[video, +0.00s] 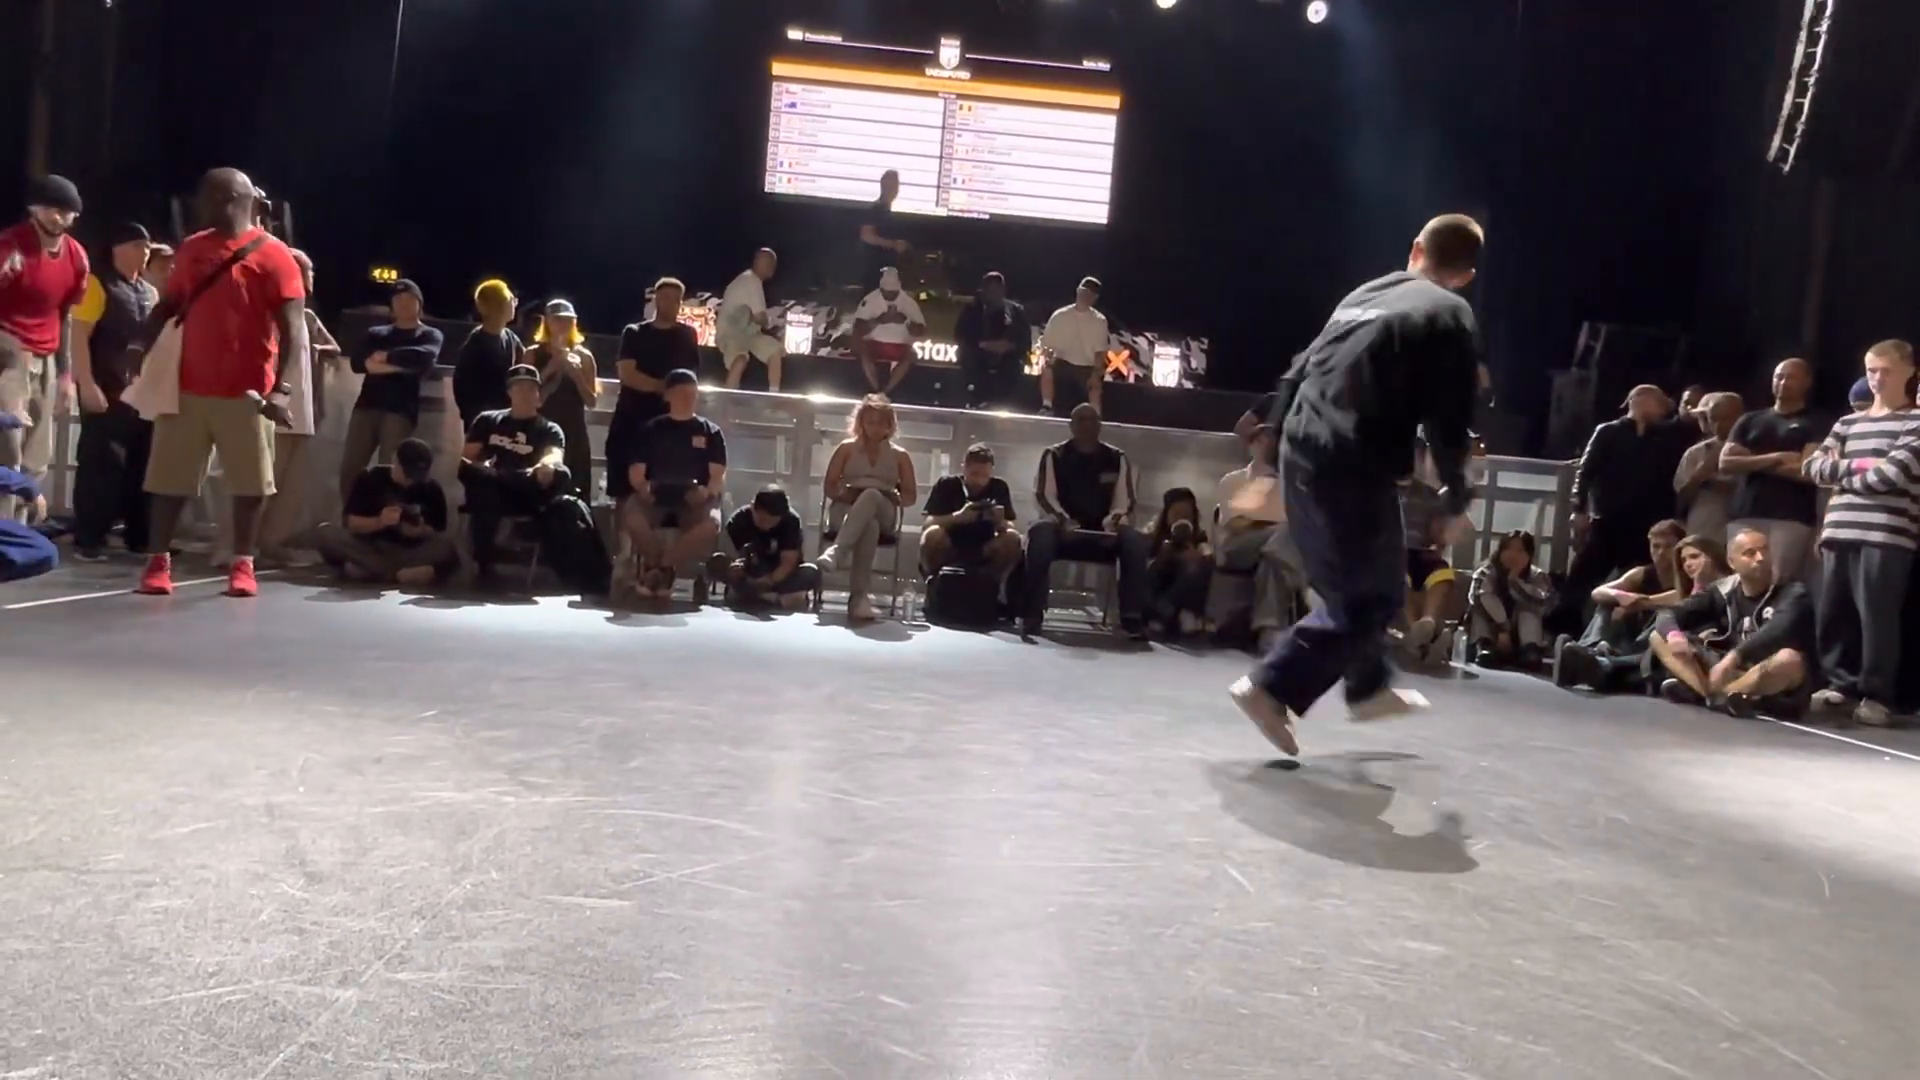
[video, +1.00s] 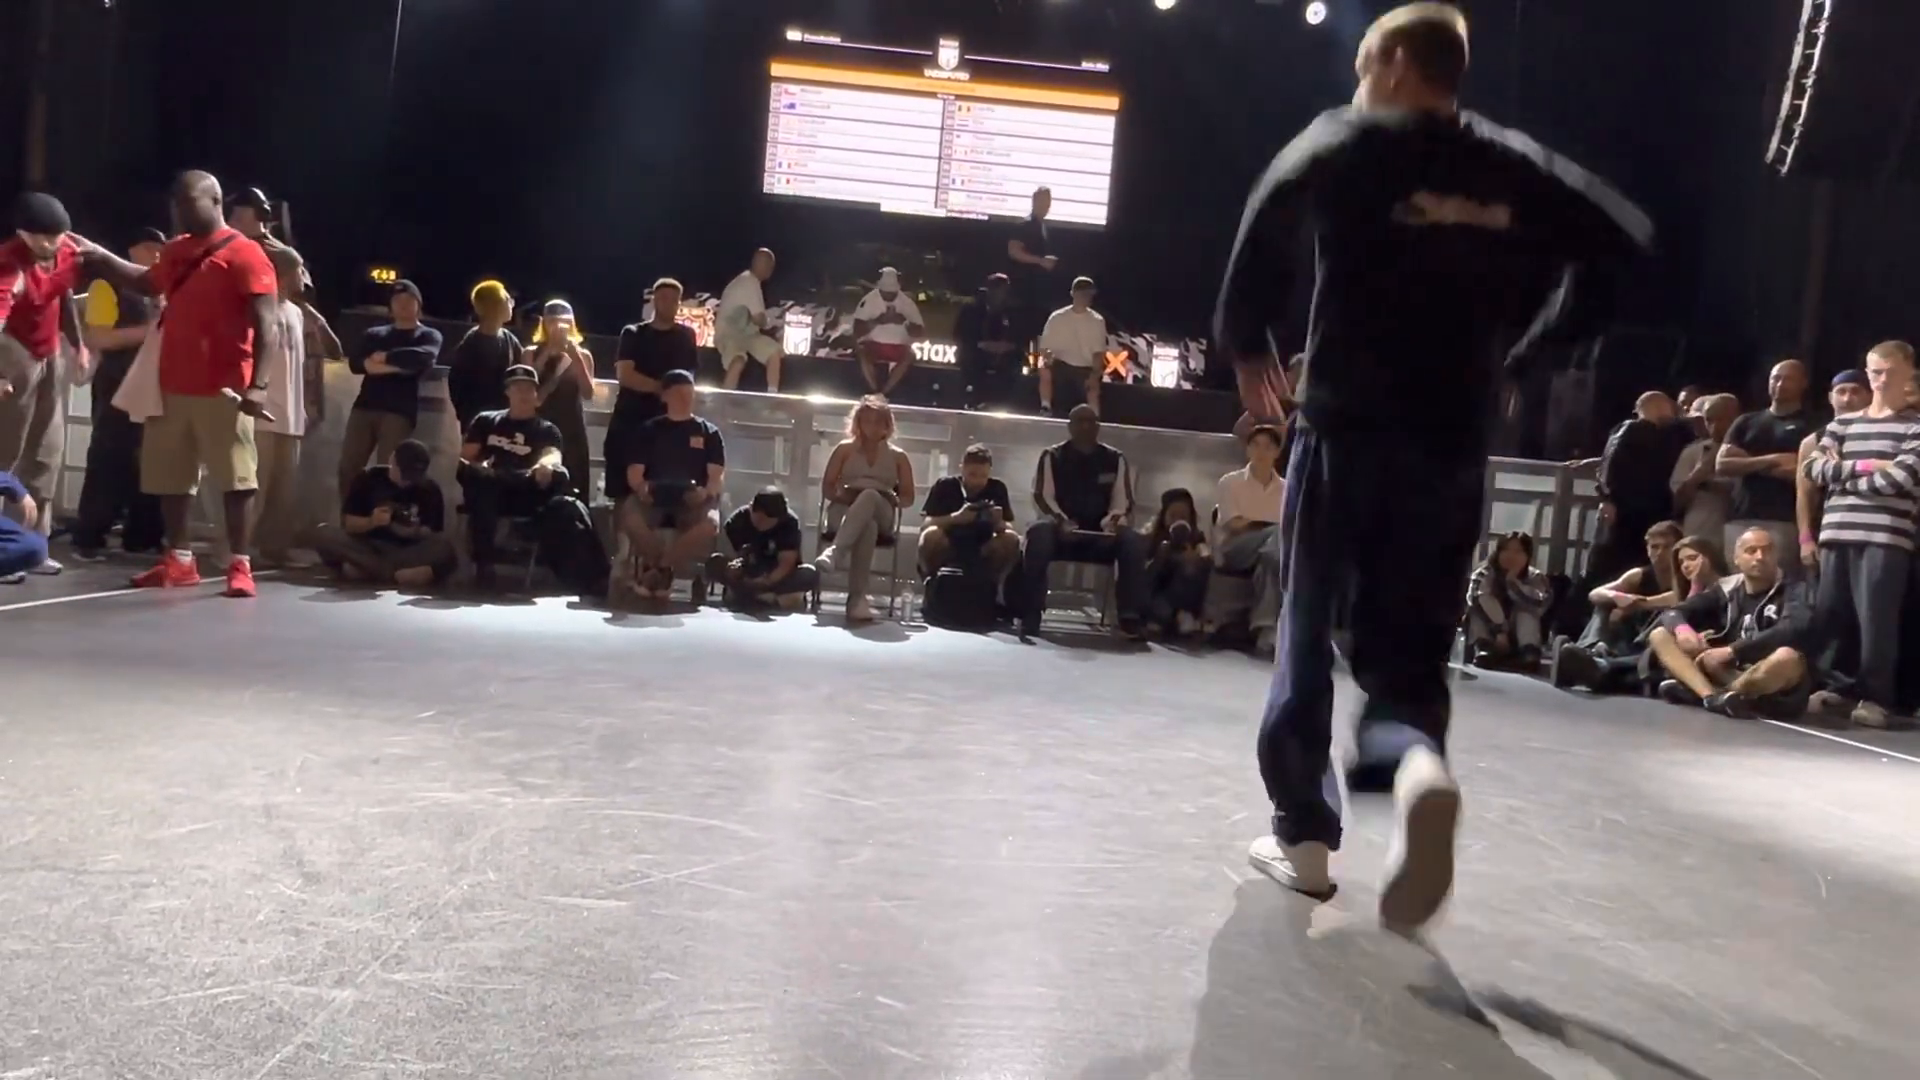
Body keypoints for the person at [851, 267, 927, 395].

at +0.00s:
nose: (890, 295)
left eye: (893, 292)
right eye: (886, 291)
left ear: (899, 288)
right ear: (880, 288)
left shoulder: (908, 302)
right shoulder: (870, 300)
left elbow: (920, 331)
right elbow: (858, 329)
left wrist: (905, 321)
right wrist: (880, 320)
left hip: (900, 346)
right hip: (874, 344)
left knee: (910, 356)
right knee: (864, 354)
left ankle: (886, 391)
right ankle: (877, 391)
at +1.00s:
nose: (889, 296)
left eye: (893, 293)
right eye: (886, 293)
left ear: (898, 289)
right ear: (879, 289)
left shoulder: (907, 302)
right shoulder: (869, 300)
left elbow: (919, 332)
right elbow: (857, 331)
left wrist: (903, 321)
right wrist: (878, 320)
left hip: (899, 346)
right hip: (874, 344)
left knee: (909, 357)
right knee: (862, 353)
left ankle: (884, 392)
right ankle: (875, 391)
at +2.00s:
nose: (890, 297)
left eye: (894, 294)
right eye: (887, 294)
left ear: (899, 291)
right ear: (881, 290)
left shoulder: (908, 303)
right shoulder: (870, 301)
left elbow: (918, 333)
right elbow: (858, 331)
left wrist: (904, 322)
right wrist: (878, 322)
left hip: (900, 347)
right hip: (873, 345)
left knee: (910, 358)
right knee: (863, 354)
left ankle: (885, 393)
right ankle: (875, 392)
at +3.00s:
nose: (876, 305)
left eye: (880, 301)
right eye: (873, 301)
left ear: (885, 298)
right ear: (867, 298)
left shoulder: (894, 310)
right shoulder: (856, 309)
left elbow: (905, 340)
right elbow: (845, 339)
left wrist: (891, 330)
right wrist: (866, 330)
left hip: (887, 354)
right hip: (860, 352)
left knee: (897, 365)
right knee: (851, 362)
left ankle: (874, 401)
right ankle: (863, 398)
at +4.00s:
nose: (859, 308)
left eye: (863, 304)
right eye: (856, 304)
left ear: (868, 301)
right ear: (849, 301)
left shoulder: (878, 313)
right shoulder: (840, 312)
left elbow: (890, 342)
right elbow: (829, 344)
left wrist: (875, 331)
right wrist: (848, 332)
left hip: (871, 357)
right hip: (845, 355)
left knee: (882, 368)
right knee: (834, 365)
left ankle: (858, 405)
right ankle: (850, 404)